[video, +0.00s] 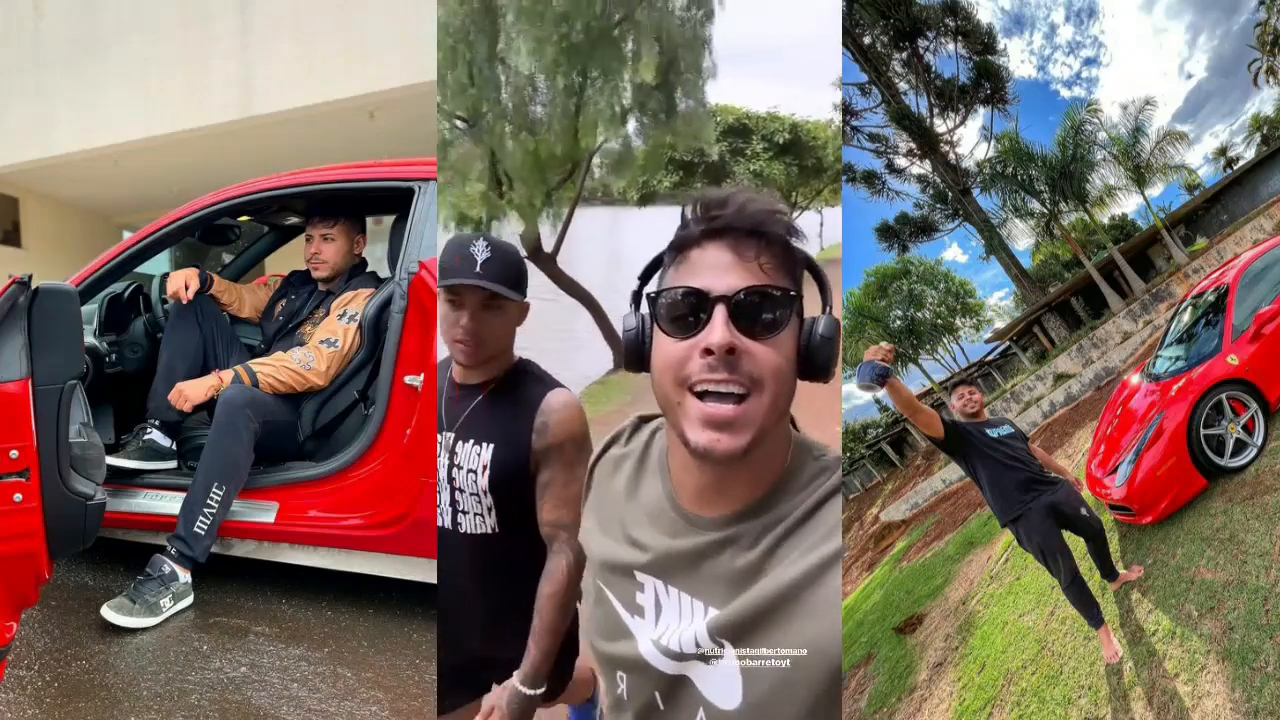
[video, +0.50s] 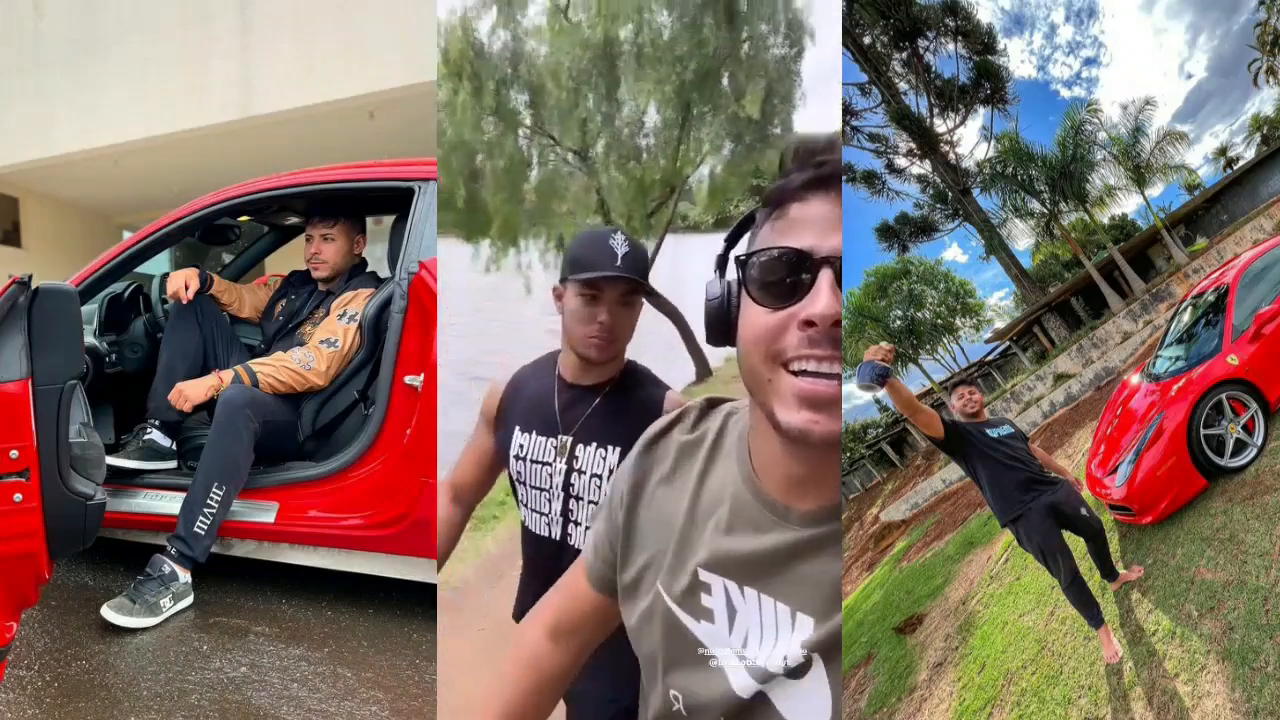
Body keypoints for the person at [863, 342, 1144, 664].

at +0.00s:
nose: (967, 397)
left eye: (971, 392)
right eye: (959, 397)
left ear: (983, 398)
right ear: (953, 410)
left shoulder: (1003, 424)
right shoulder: (957, 436)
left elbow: (1037, 454)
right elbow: (916, 412)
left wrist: (1067, 476)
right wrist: (885, 375)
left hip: (1051, 489)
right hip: (1021, 512)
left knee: (1094, 528)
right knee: (1066, 571)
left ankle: (1113, 576)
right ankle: (1101, 629)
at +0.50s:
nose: (967, 397)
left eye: (971, 392)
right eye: (959, 397)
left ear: (983, 398)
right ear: (953, 410)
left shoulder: (1003, 423)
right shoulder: (956, 436)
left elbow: (1037, 454)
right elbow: (916, 412)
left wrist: (1068, 475)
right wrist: (885, 373)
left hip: (1052, 489)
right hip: (1022, 512)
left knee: (1094, 528)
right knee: (1066, 571)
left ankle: (1114, 576)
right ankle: (1101, 628)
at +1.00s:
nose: (967, 397)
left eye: (972, 392)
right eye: (959, 397)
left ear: (983, 398)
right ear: (952, 410)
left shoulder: (1003, 423)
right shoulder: (957, 436)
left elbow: (1036, 453)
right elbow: (917, 413)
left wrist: (1067, 475)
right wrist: (885, 375)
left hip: (1051, 489)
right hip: (1022, 512)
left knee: (1093, 528)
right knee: (1066, 572)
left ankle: (1114, 576)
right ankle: (1101, 628)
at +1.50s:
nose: (967, 396)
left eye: (971, 391)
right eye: (959, 397)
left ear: (983, 398)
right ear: (953, 411)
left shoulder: (1004, 424)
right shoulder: (956, 436)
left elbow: (1037, 453)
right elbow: (916, 412)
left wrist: (1067, 475)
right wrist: (885, 373)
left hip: (1052, 489)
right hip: (1022, 512)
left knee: (1094, 528)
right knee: (1066, 573)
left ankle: (1114, 576)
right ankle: (1101, 628)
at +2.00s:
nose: (967, 397)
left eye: (971, 392)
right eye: (959, 398)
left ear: (983, 398)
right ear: (953, 411)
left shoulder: (1004, 424)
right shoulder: (957, 436)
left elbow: (1037, 454)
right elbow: (916, 412)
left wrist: (1068, 475)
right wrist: (885, 374)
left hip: (1051, 489)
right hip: (1022, 512)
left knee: (1093, 528)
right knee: (1066, 572)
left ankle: (1114, 576)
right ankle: (1101, 628)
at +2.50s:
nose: (967, 397)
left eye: (971, 392)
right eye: (959, 397)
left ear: (983, 398)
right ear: (953, 410)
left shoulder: (1003, 424)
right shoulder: (957, 436)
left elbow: (1037, 454)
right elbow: (916, 412)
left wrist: (1067, 476)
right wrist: (885, 375)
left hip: (1051, 489)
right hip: (1021, 512)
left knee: (1094, 528)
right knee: (1066, 572)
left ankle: (1113, 576)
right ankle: (1101, 629)